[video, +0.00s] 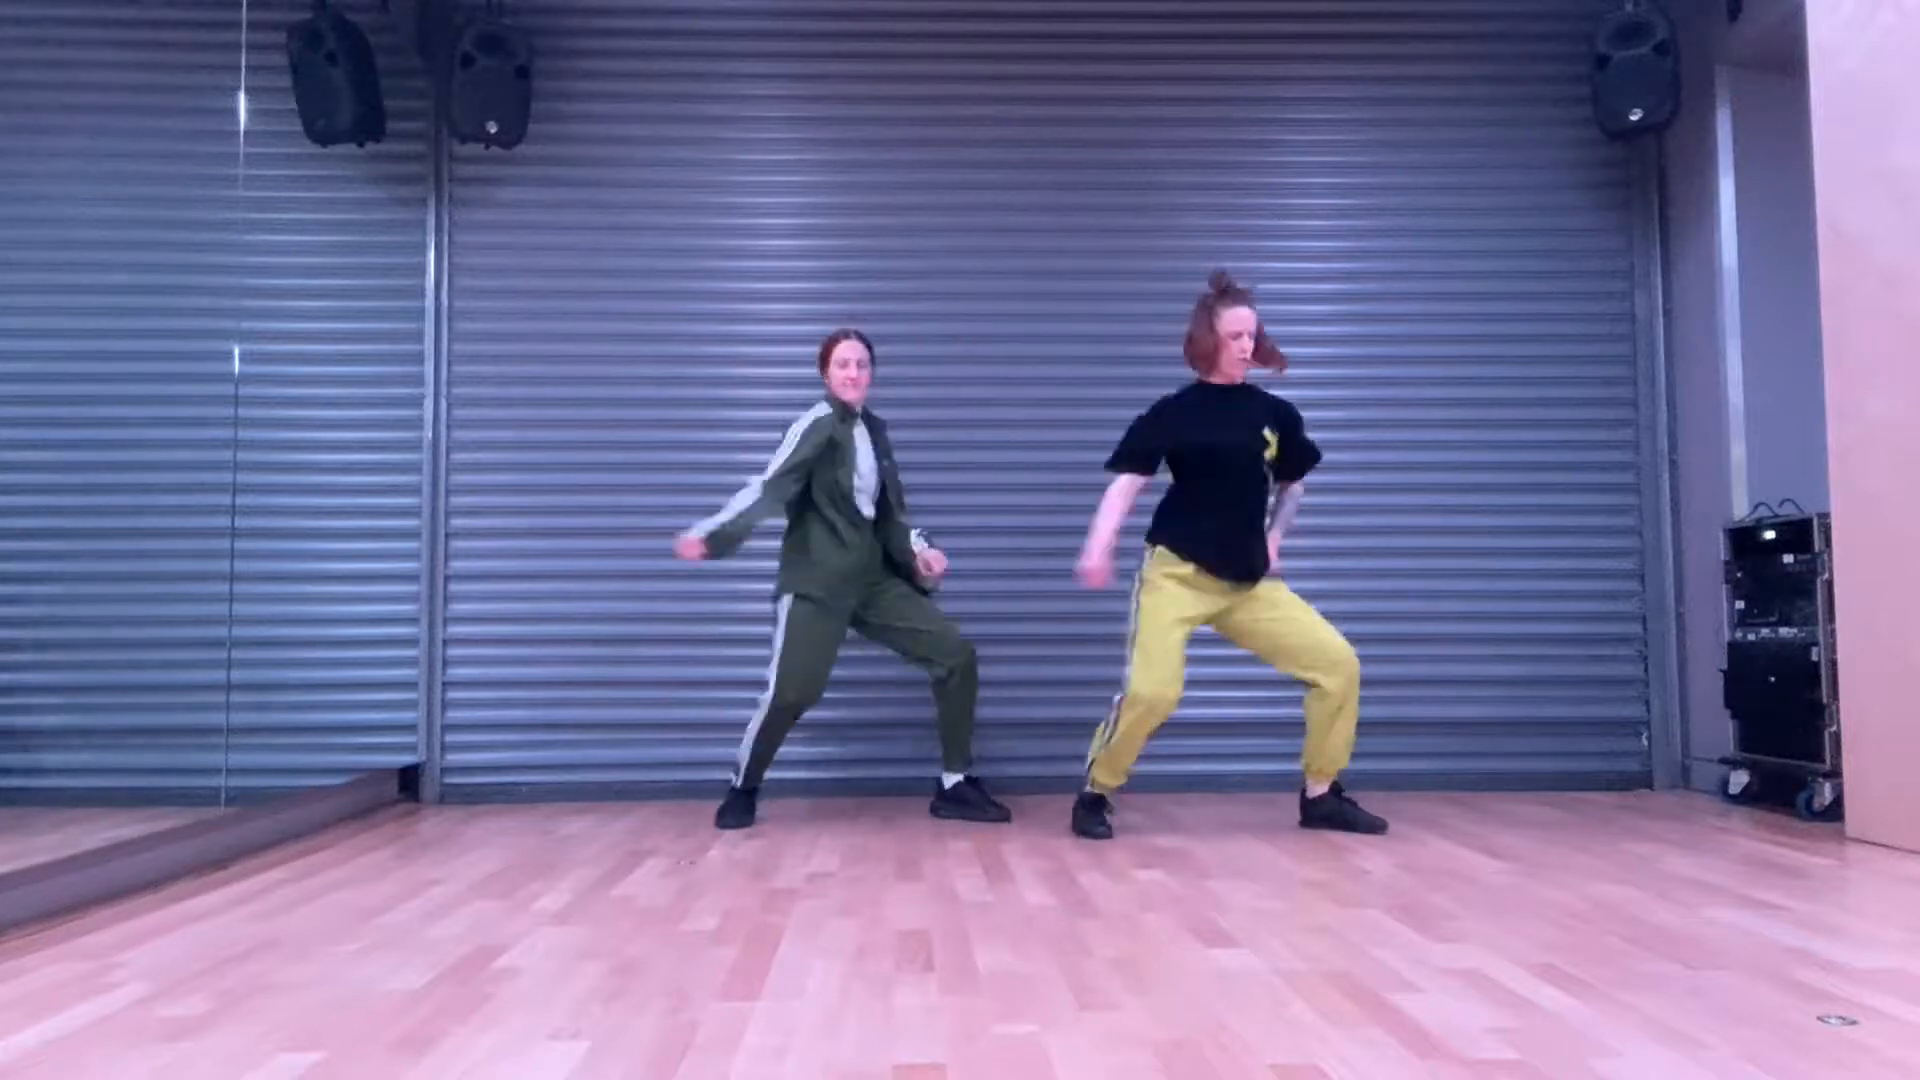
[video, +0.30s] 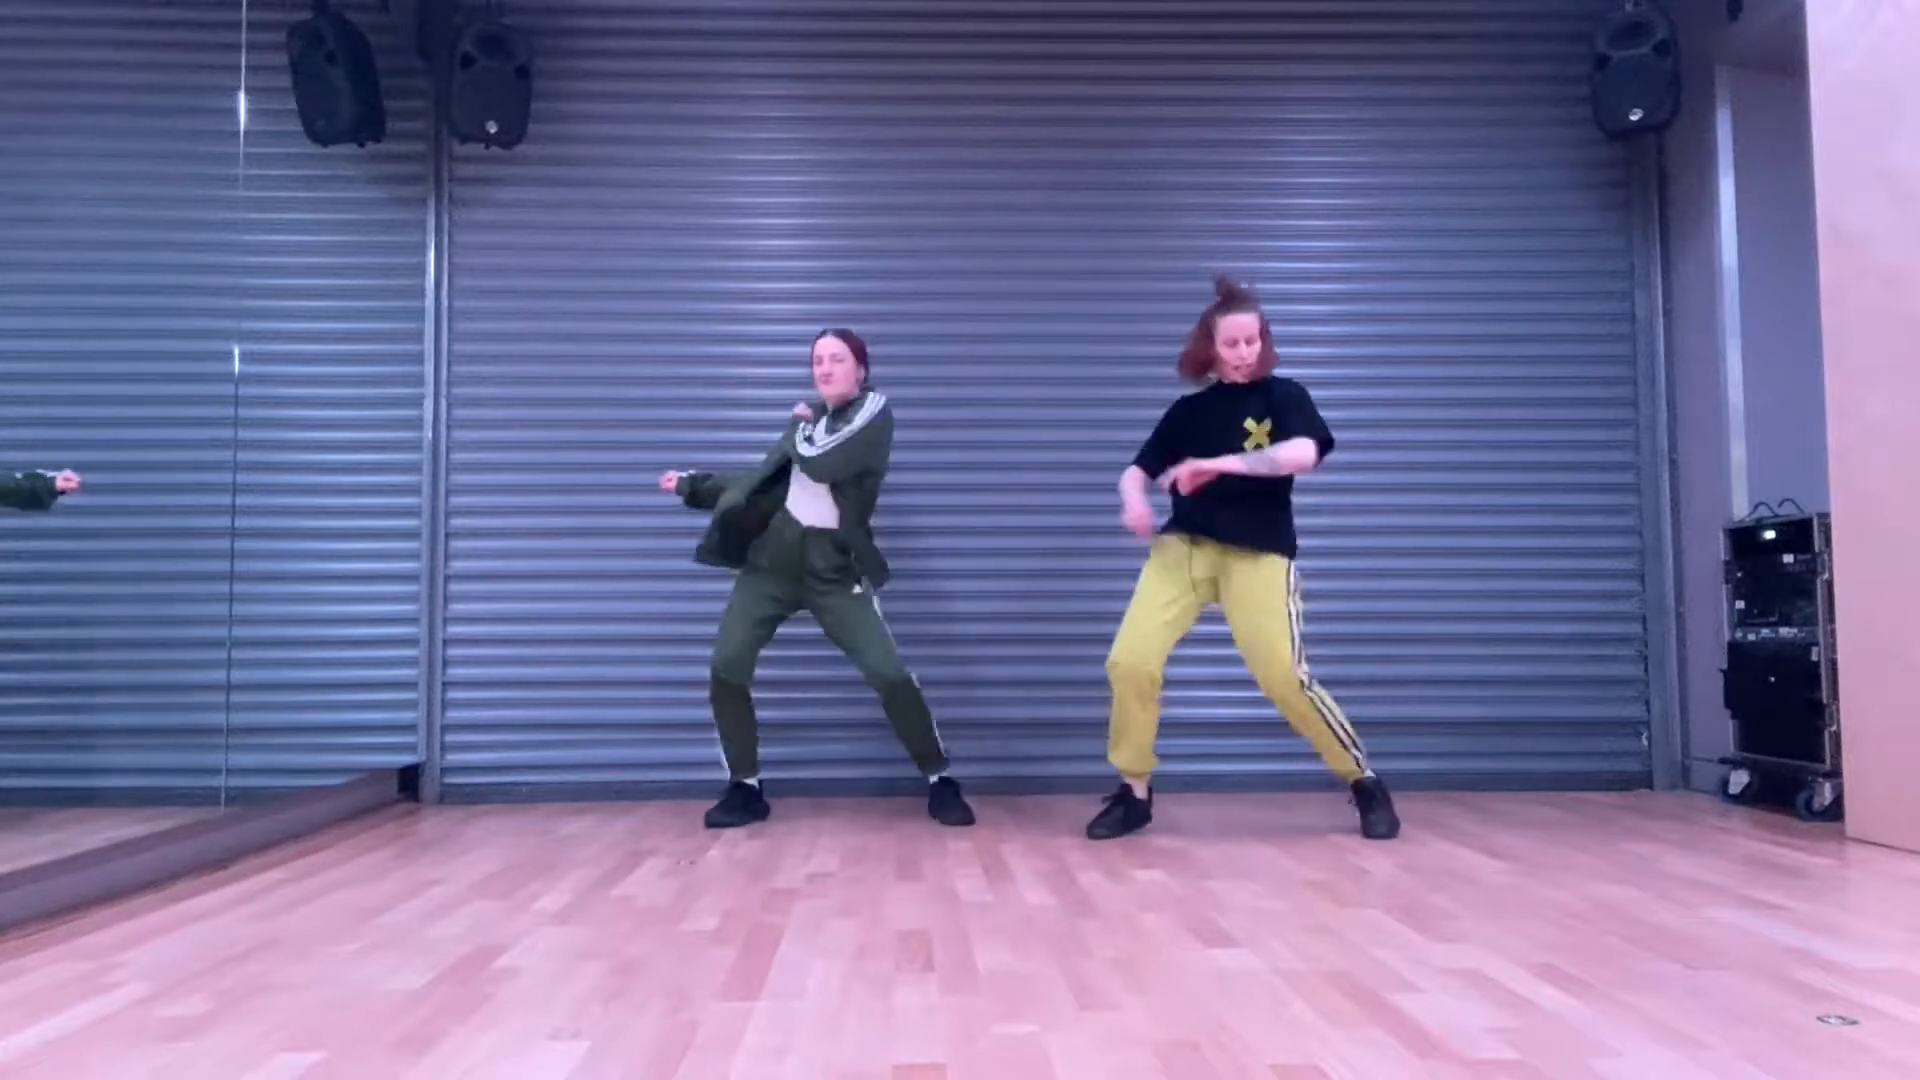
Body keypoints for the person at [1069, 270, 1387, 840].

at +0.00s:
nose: (1246, 346)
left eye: (1251, 335)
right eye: (1234, 335)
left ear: (1256, 341)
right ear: (1206, 339)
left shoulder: (1275, 415)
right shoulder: (1173, 413)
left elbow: (1293, 486)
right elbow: (1126, 483)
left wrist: (1272, 541)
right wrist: (1097, 547)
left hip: (1247, 584)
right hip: (1174, 579)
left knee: (1337, 664)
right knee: (1154, 692)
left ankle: (1320, 796)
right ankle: (1095, 794)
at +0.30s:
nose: (1245, 353)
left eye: (1253, 341)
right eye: (1233, 343)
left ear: (1265, 342)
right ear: (1211, 346)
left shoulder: (1285, 395)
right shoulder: (1189, 410)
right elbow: (1136, 471)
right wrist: (1135, 503)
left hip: (1257, 554)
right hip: (1182, 549)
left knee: (1281, 679)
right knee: (1130, 663)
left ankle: (1364, 785)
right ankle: (1134, 793)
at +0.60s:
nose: (1247, 354)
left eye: (1257, 341)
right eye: (1235, 343)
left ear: (1273, 346)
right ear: (1220, 352)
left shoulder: (1308, 417)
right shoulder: (1214, 430)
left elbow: (1351, 495)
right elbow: (1200, 511)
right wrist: (1132, 545)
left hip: (1320, 587)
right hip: (1245, 588)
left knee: (1334, 701)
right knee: (1176, 666)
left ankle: (1369, 798)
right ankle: (1171, 799)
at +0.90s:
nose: (1245, 360)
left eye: (1255, 346)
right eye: (1234, 350)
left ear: (1277, 344)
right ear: (1222, 356)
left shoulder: (1319, 397)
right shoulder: (1231, 415)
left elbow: (1366, 471)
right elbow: (1217, 500)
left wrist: (1419, 481)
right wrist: (1161, 536)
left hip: (1272, 563)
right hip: (1202, 551)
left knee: (1301, 680)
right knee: (1149, 670)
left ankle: (1364, 792)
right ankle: (1167, 798)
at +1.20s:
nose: (1191, 319)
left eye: (1201, 306)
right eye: (1180, 308)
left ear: (1219, 306)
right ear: (1167, 311)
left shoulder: (1246, 337)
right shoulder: (1172, 363)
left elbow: (1296, 388)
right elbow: (1151, 435)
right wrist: (1095, 470)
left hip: (1286, 531)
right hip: (1217, 534)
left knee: (1311, 664)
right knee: (1168, 645)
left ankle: (1370, 785)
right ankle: (1181, 784)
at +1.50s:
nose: (1160, 306)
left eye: (1170, 293)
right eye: (1149, 296)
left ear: (1187, 293)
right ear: (1133, 300)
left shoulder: (1209, 354)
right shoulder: (1146, 363)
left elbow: (1238, 439)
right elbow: (1148, 455)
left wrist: (1261, 499)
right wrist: (1131, 531)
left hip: (1200, 537)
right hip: (1145, 540)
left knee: (1246, 659)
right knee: (1169, 671)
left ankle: (1325, 776)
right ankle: (1173, 799)